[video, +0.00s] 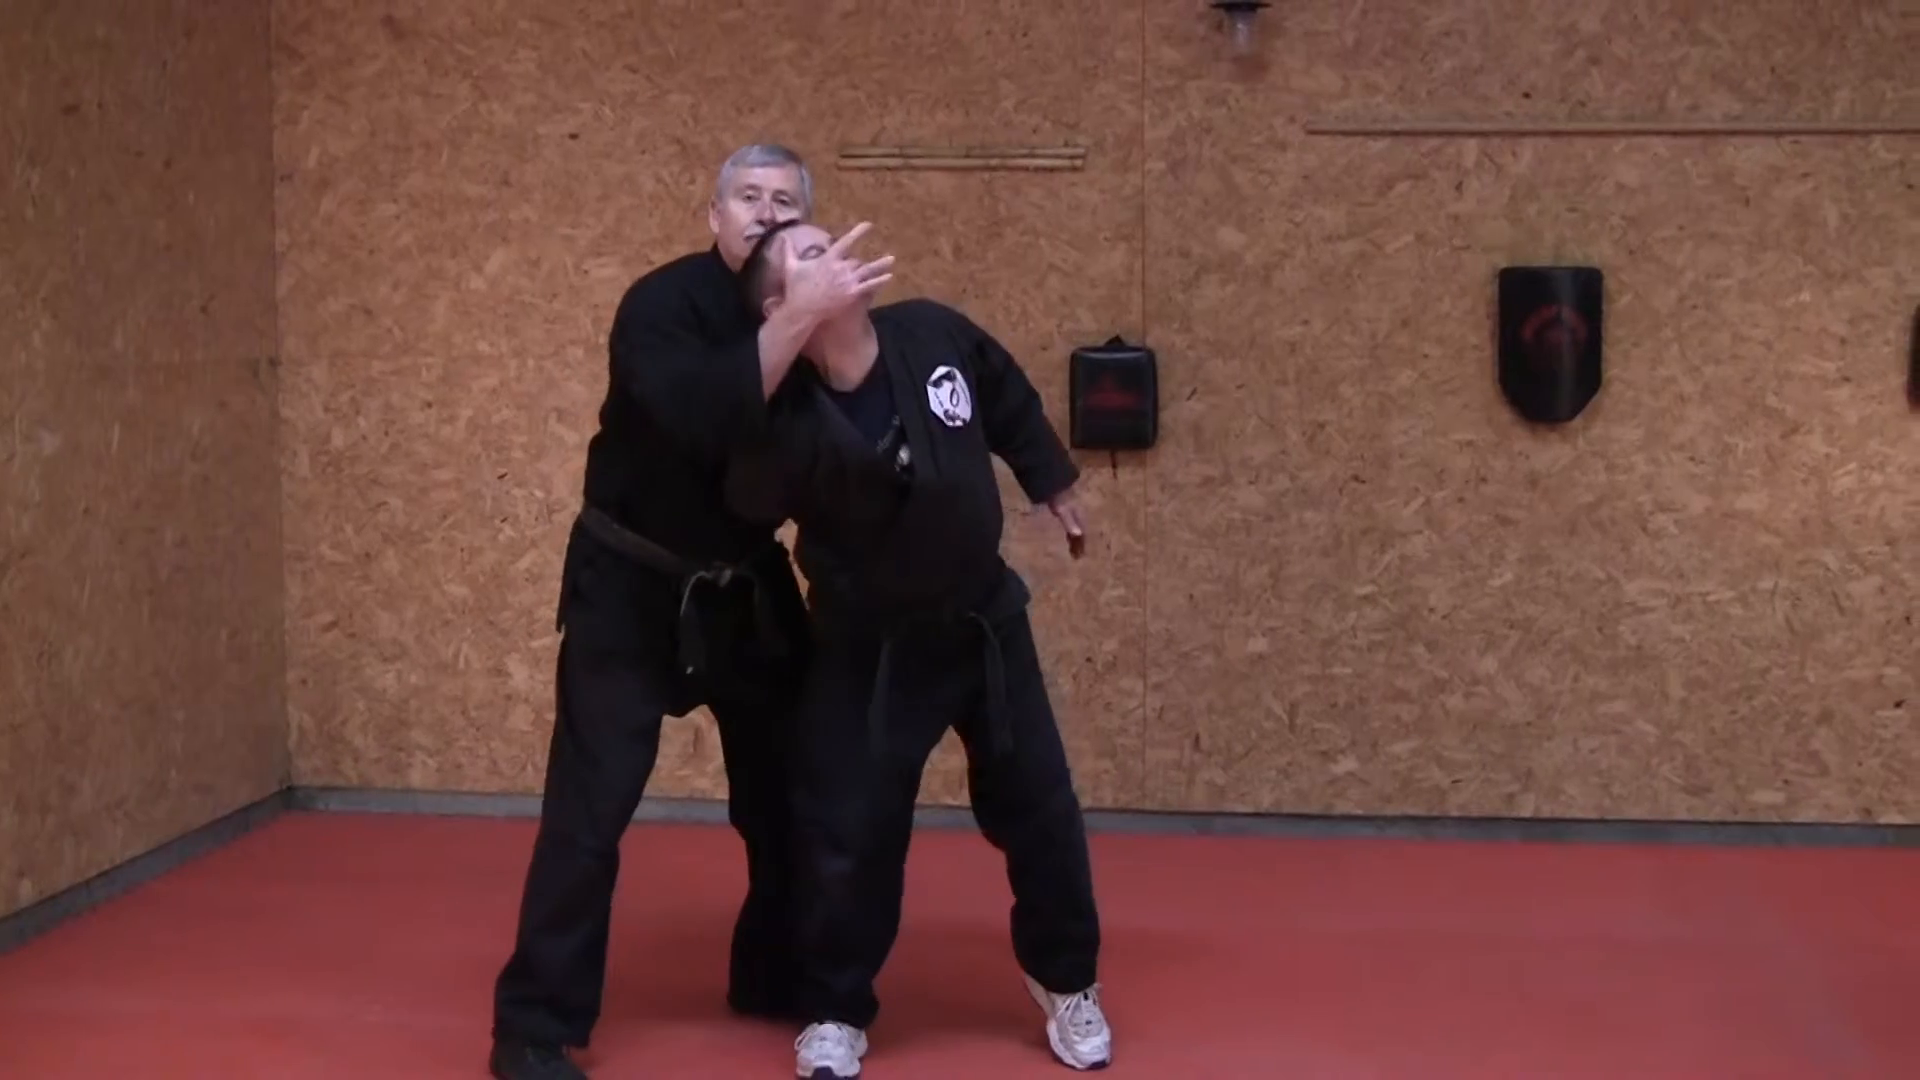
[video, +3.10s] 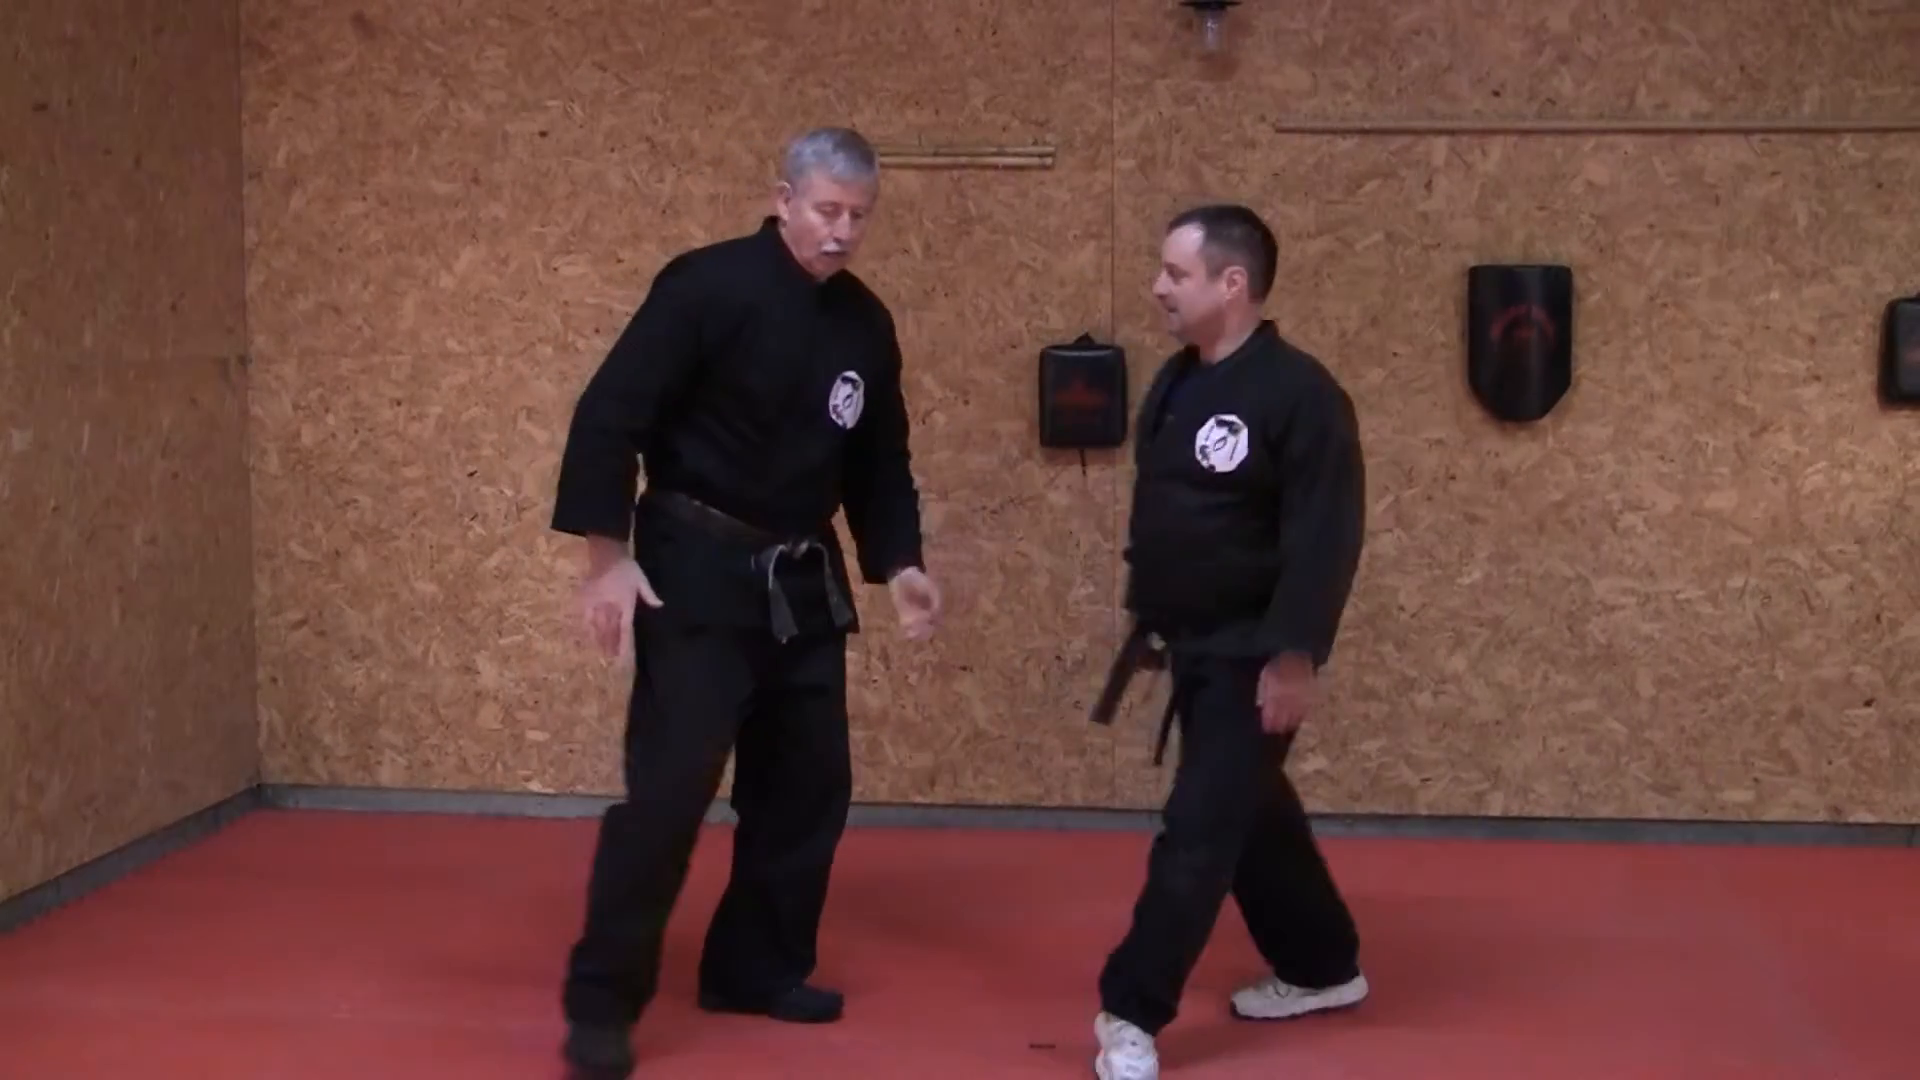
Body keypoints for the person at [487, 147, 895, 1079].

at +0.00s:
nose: (768, 212)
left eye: (786, 201)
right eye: (749, 195)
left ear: (807, 224)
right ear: (711, 216)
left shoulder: (813, 310)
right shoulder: (661, 305)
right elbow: (696, 419)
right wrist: (796, 317)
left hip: (747, 581)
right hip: (629, 579)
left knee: (789, 786)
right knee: (593, 805)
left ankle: (774, 976)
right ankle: (536, 1036)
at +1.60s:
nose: (742, 219)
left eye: (761, 207)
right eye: (725, 202)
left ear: (782, 229)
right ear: (692, 215)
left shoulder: (783, 329)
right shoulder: (630, 305)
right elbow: (678, 403)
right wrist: (828, 355)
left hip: (710, 579)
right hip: (591, 575)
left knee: (754, 791)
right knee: (555, 813)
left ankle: (748, 980)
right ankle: (511, 1037)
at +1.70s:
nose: (742, 219)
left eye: (762, 208)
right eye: (726, 202)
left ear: (783, 229)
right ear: (693, 214)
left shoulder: (786, 342)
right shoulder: (629, 304)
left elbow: (823, 467)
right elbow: (661, 410)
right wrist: (813, 384)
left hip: (707, 578)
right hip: (589, 572)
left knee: (752, 791)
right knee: (554, 809)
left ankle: (748, 980)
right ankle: (512, 1034)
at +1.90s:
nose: (744, 220)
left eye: (763, 207)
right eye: (728, 202)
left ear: (783, 226)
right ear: (693, 209)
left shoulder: (786, 345)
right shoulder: (626, 305)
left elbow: (822, 452)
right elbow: (617, 443)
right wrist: (752, 466)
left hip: (706, 577)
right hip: (588, 576)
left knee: (752, 789)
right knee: (552, 814)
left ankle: (746, 978)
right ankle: (510, 1038)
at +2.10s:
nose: (742, 219)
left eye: (762, 206)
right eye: (727, 201)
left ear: (785, 224)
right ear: (695, 209)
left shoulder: (791, 349)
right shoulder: (624, 307)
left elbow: (828, 478)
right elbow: (557, 451)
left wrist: (791, 441)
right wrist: (654, 550)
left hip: (712, 578)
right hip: (589, 576)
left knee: (756, 789)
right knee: (551, 815)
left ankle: (747, 971)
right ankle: (508, 1032)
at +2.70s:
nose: (784, 217)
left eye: (803, 205)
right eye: (768, 199)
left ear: (822, 226)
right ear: (733, 209)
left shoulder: (822, 353)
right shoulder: (656, 296)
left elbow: (840, 499)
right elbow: (548, 420)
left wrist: (929, 495)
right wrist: (556, 554)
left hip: (738, 590)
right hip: (616, 578)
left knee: (786, 783)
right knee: (566, 812)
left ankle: (753, 971)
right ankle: (510, 1029)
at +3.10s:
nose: (842, 231)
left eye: (857, 215)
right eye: (827, 210)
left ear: (870, 220)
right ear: (783, 201)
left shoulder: (863, 322)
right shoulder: (704, 287)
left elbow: (878, 452)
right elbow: (611, 409)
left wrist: (900, 560)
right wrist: (604, 552)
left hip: (801, 579)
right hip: (696, 571)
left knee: (805, 790)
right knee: (666, 796)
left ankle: (753, 971)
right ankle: (603, 1005)